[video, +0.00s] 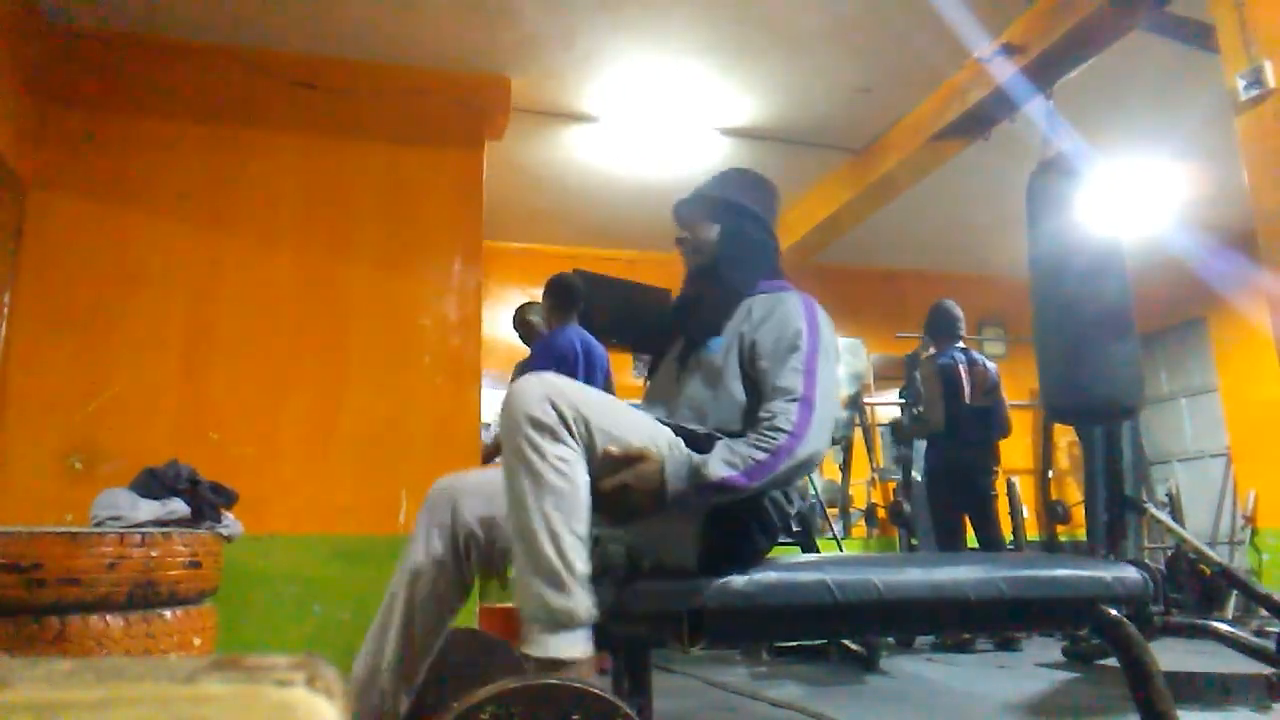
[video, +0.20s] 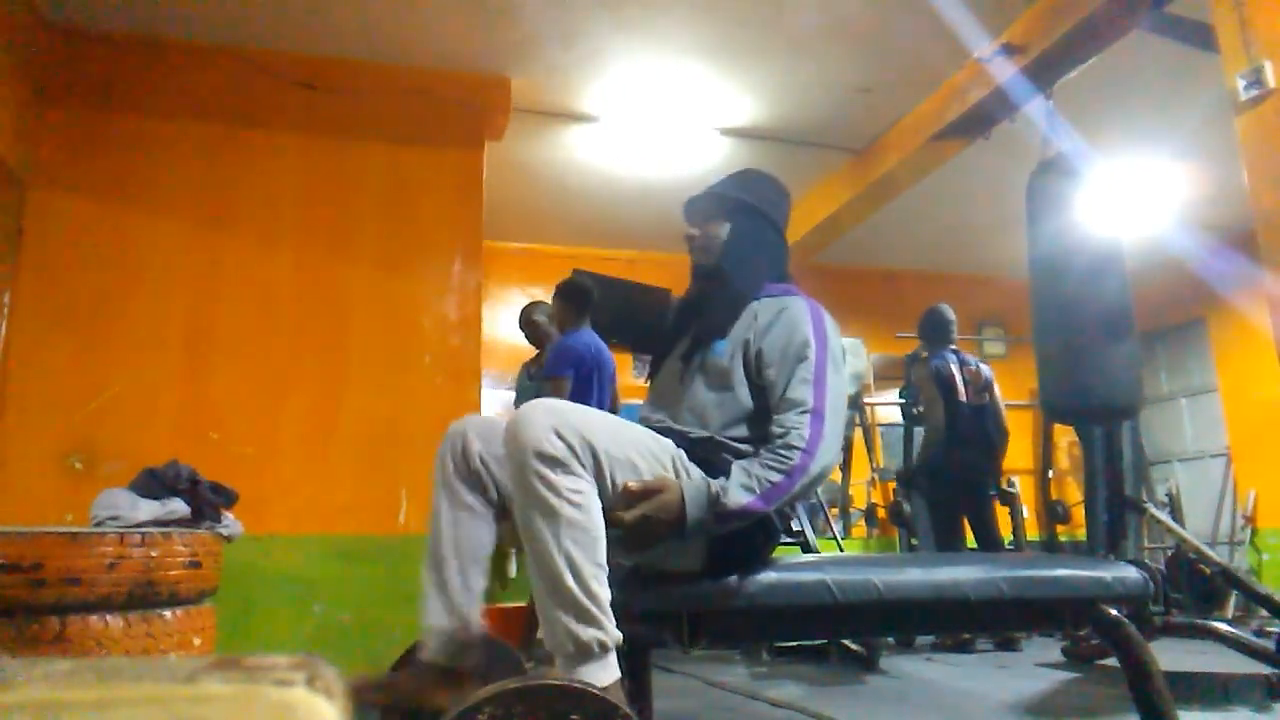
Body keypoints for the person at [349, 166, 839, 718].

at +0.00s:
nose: (682, 242)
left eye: (696, 229)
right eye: (682, 231)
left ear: (738, 234)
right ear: (697, 235)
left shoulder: (787, 311)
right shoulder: (692, 319)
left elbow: (795, 434)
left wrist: (675, 475)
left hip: (723, 512)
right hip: (657, 505)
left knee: (540, 400)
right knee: (455, 504)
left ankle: (561, 655)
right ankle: (371, 705)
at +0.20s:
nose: (693, 236)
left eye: (708, 224)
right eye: (693, 225)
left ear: (749, 233)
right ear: (701, 232)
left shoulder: (794, 317)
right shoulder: (696, 316)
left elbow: (806, 446)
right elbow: (668, 422)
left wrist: (703, 499)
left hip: (725, 505)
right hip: (657, 483)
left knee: (543, 429)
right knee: (471, 442)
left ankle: (588, 675)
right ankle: (447, 654)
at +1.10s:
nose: (612, 252)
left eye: (617, 234)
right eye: (606, 239)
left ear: (654, 223)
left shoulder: (730, 293)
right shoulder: (641, 313)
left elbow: (772, 426)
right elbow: (627, 433)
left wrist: (679, 501)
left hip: (699, 500)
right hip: (631, 489)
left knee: (505, 516)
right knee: (451, 523)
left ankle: (536, 705)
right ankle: (484, 706)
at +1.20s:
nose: (566, 264)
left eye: (571, 244)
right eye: (561, 248)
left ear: (602, 229)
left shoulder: (693, 289)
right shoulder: (603, 319)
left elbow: (729, 428)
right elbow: (601, 450)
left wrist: (650, 511)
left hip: (695, 503)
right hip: (627, 497)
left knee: (483, 534)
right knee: (443, 534)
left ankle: (534, 709)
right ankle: (485, 706)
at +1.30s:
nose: (509, 280)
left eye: (511, 261)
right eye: (500, 266)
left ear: (542, 240)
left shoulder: (639, 289)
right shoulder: (561, 319)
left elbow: (677, 427)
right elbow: (555, 445)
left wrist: (614, 536)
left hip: (699, 501)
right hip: (624, 488)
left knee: (483, 532)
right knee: (445, 536)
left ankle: (531, 710)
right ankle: (486, 708)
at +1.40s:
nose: (459, 315)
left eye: (455, 295)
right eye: (449, 301)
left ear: (483, 276)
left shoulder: (592, 299)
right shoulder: (528, 333)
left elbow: (628, 437)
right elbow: (544, 457)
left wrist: (586, 558)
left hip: (701, 499)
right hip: (640, 495)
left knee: (491, 536)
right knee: (452, 539)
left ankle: (533, 708)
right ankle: (486, 706)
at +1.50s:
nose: (425, 351)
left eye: (418, 334)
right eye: (413, 340)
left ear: (441, 314)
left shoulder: (564, 322)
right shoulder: (509, 368)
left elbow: (599, 457)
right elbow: (521, 482)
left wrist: (555, 583)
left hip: (704, 490)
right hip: (641, 488)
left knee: (503, 543)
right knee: (461, 543)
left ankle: (541, 707)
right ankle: (489, 702)